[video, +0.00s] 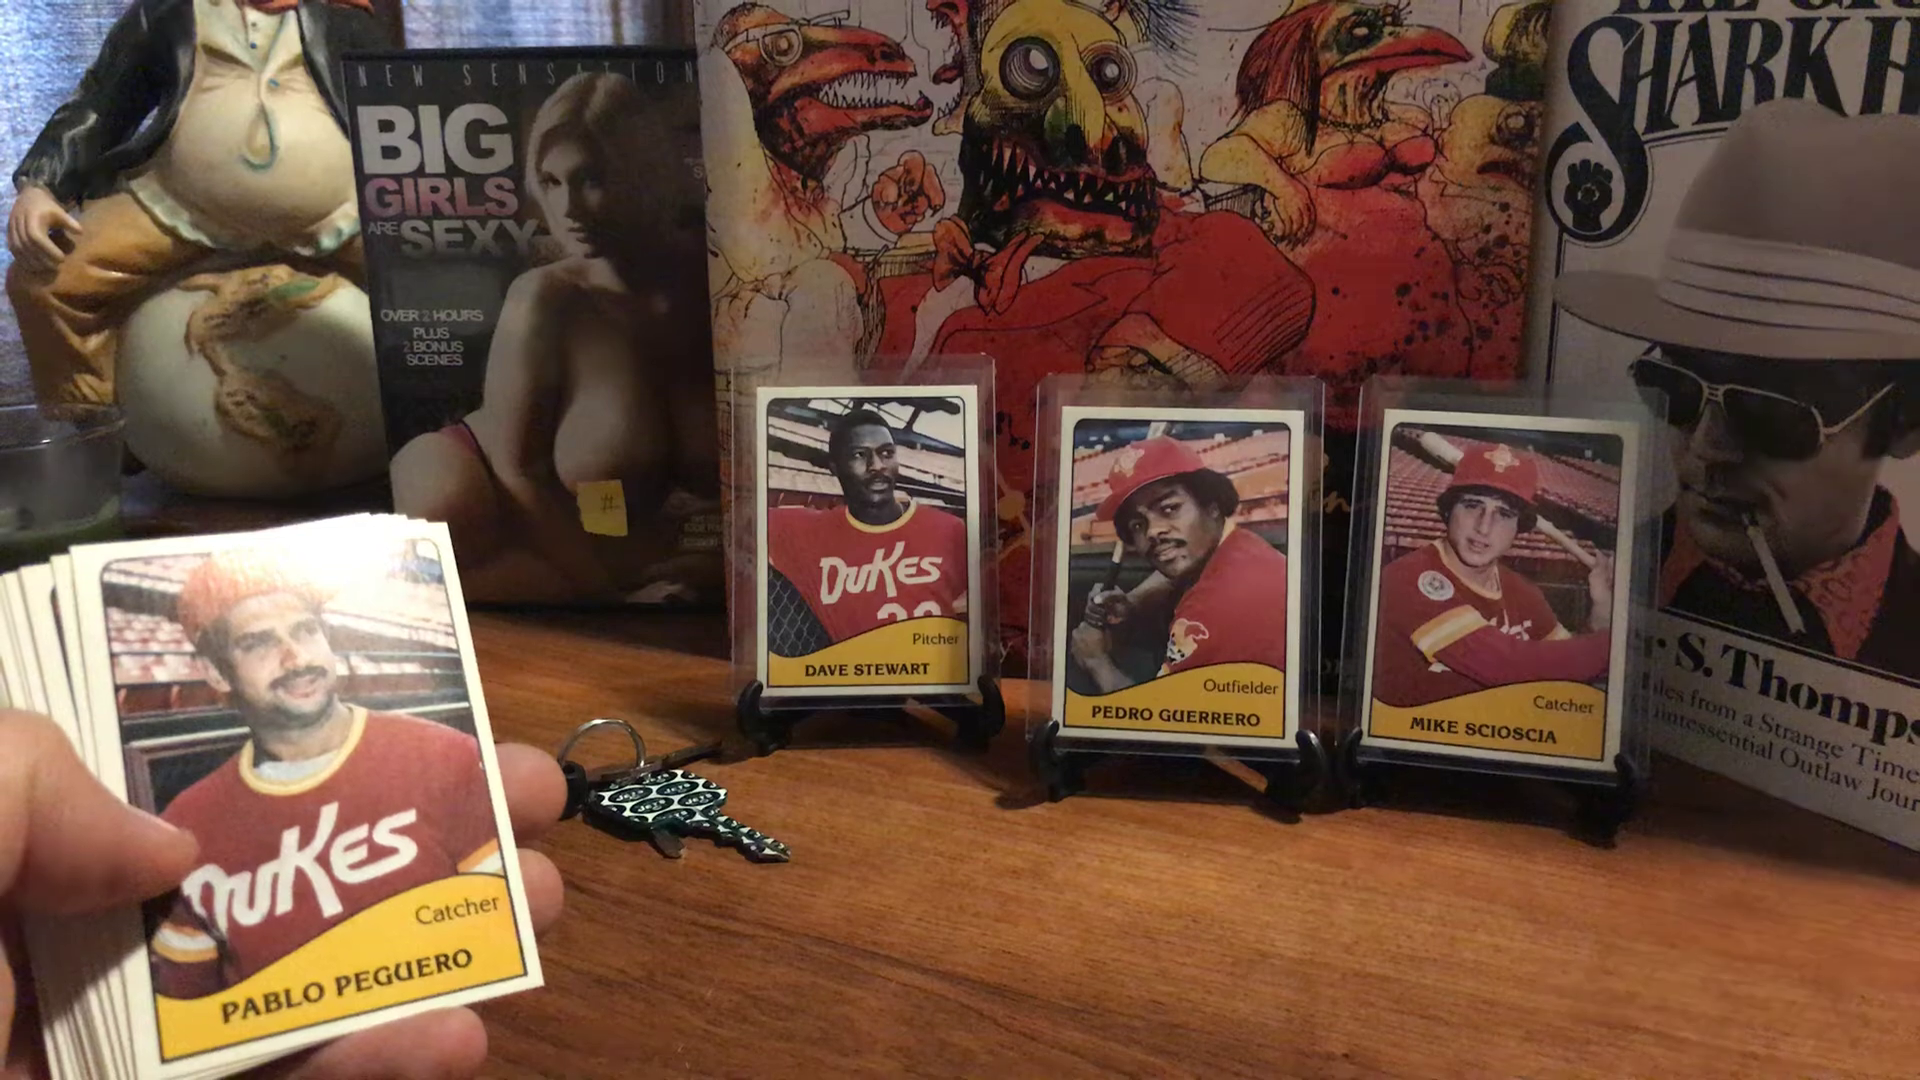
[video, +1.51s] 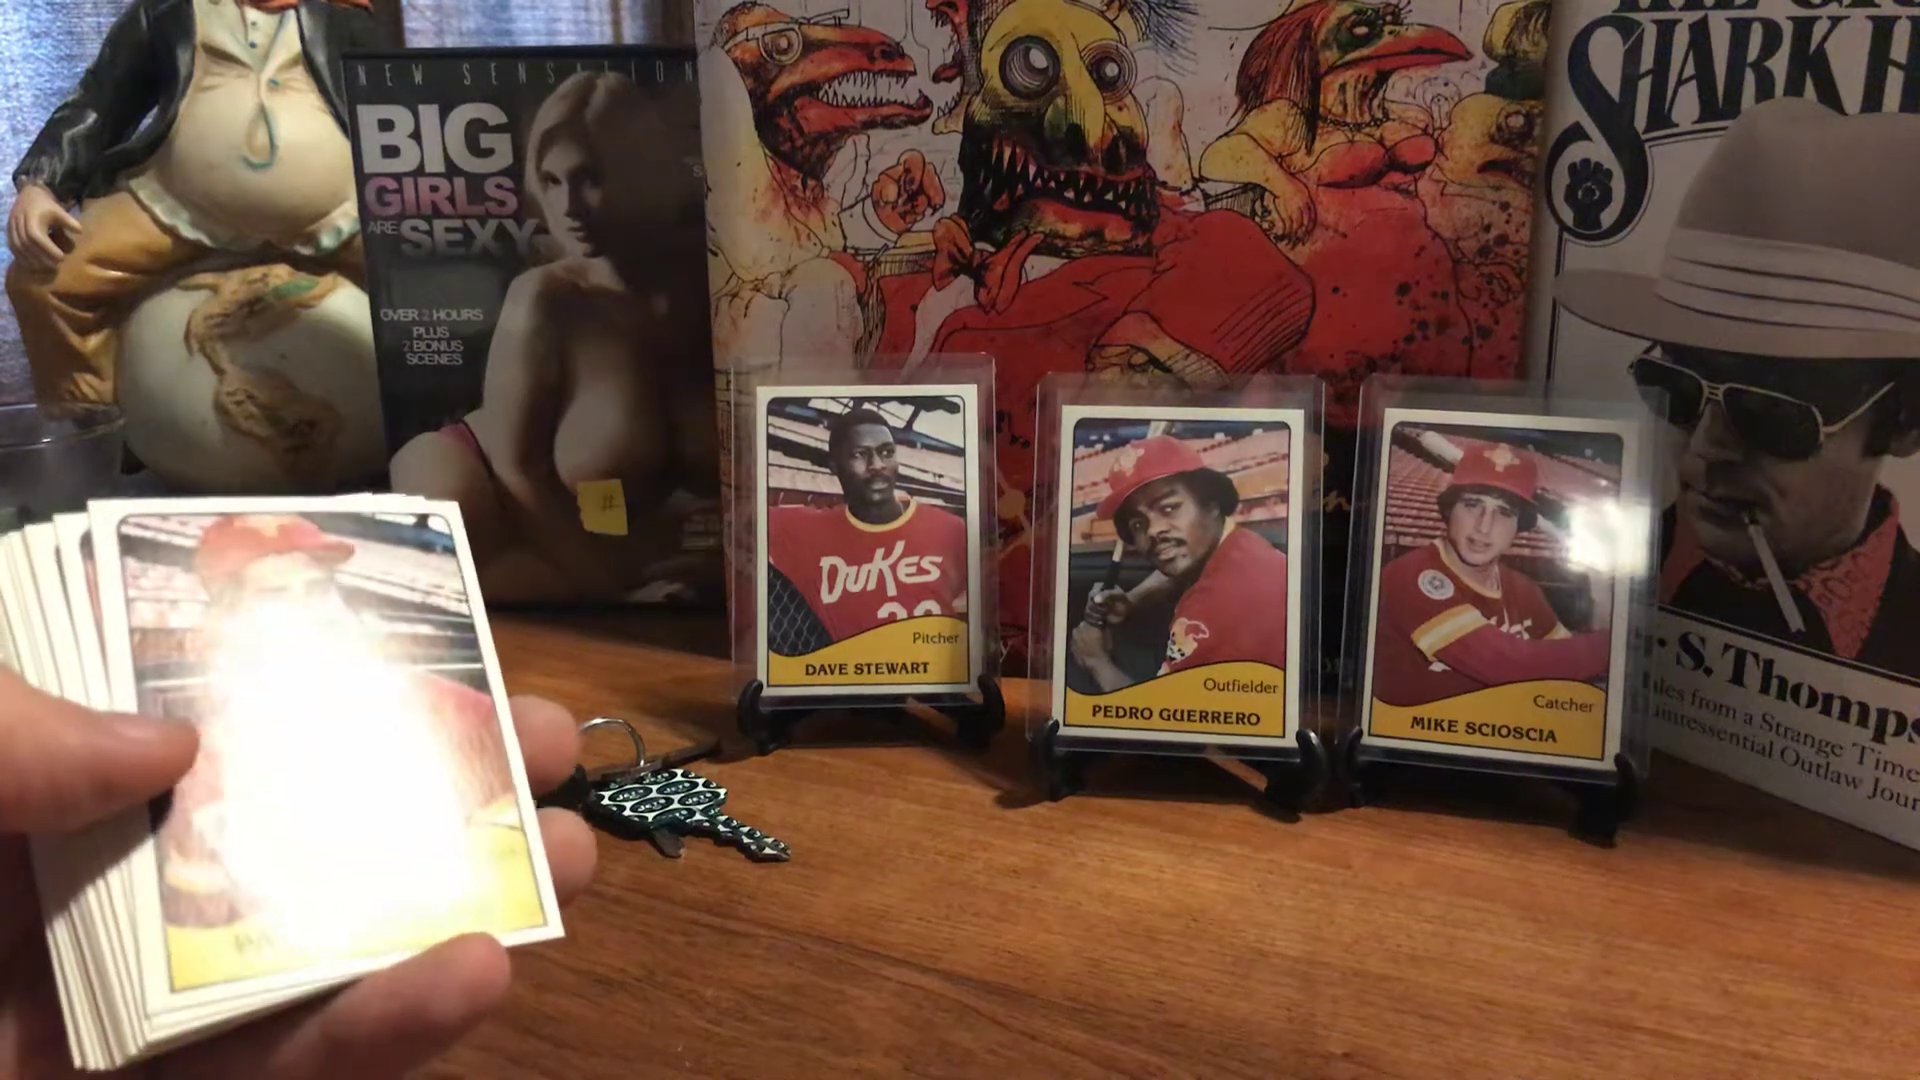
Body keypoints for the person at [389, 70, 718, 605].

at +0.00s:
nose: (570, 206)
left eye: (591, 179)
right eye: (551, 182)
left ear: (641, 178)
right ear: (536, 189)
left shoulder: (695, 288)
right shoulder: (543, 297)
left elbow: (703, 460)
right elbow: (513, 465)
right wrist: (610, 582)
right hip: (484, 469)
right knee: (439, 507)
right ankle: (616, 585)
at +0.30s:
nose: (570, 205)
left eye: (591, 179)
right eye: (552, 181)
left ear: (640, 177)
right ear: (536, 188)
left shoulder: (692, 288)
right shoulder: (542, 297)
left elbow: (703, 459)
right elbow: (512, 464)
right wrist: (610, 583)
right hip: (485, 471)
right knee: (438, 501)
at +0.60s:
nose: (570, 206)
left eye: (591, 178)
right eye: (551, 181)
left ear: (641, 176)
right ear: (536, 188)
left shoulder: (695, 287)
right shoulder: (543, 297)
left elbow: (702, 457)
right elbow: (513, 465)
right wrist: (611, 583)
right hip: (479, 464)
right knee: (439, 510)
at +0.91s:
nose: (569, 204)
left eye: (590, 178)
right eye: (552, 181)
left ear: (642, 177)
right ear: (537, 189)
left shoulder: (689, 291)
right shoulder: (542, 296)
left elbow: (703, 449)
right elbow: (514, 464)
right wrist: (614, 584)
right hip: (479, 461)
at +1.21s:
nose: (569, 205)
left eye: (590, 178)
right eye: (552, 182)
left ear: (644, 176)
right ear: (537, 189)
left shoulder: (689, 293)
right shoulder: (542, 298)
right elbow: (513, 463)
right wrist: (610, 579)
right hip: (479, 462)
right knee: (438, 516)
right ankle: (616, 585)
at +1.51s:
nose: (570, 205)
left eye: (591, 178)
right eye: (553, 182)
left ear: (643, 177)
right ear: (538, 189)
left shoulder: (687, 295)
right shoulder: (542, 297)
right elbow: (513, 463)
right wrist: (611, 580)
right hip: (475, 464)